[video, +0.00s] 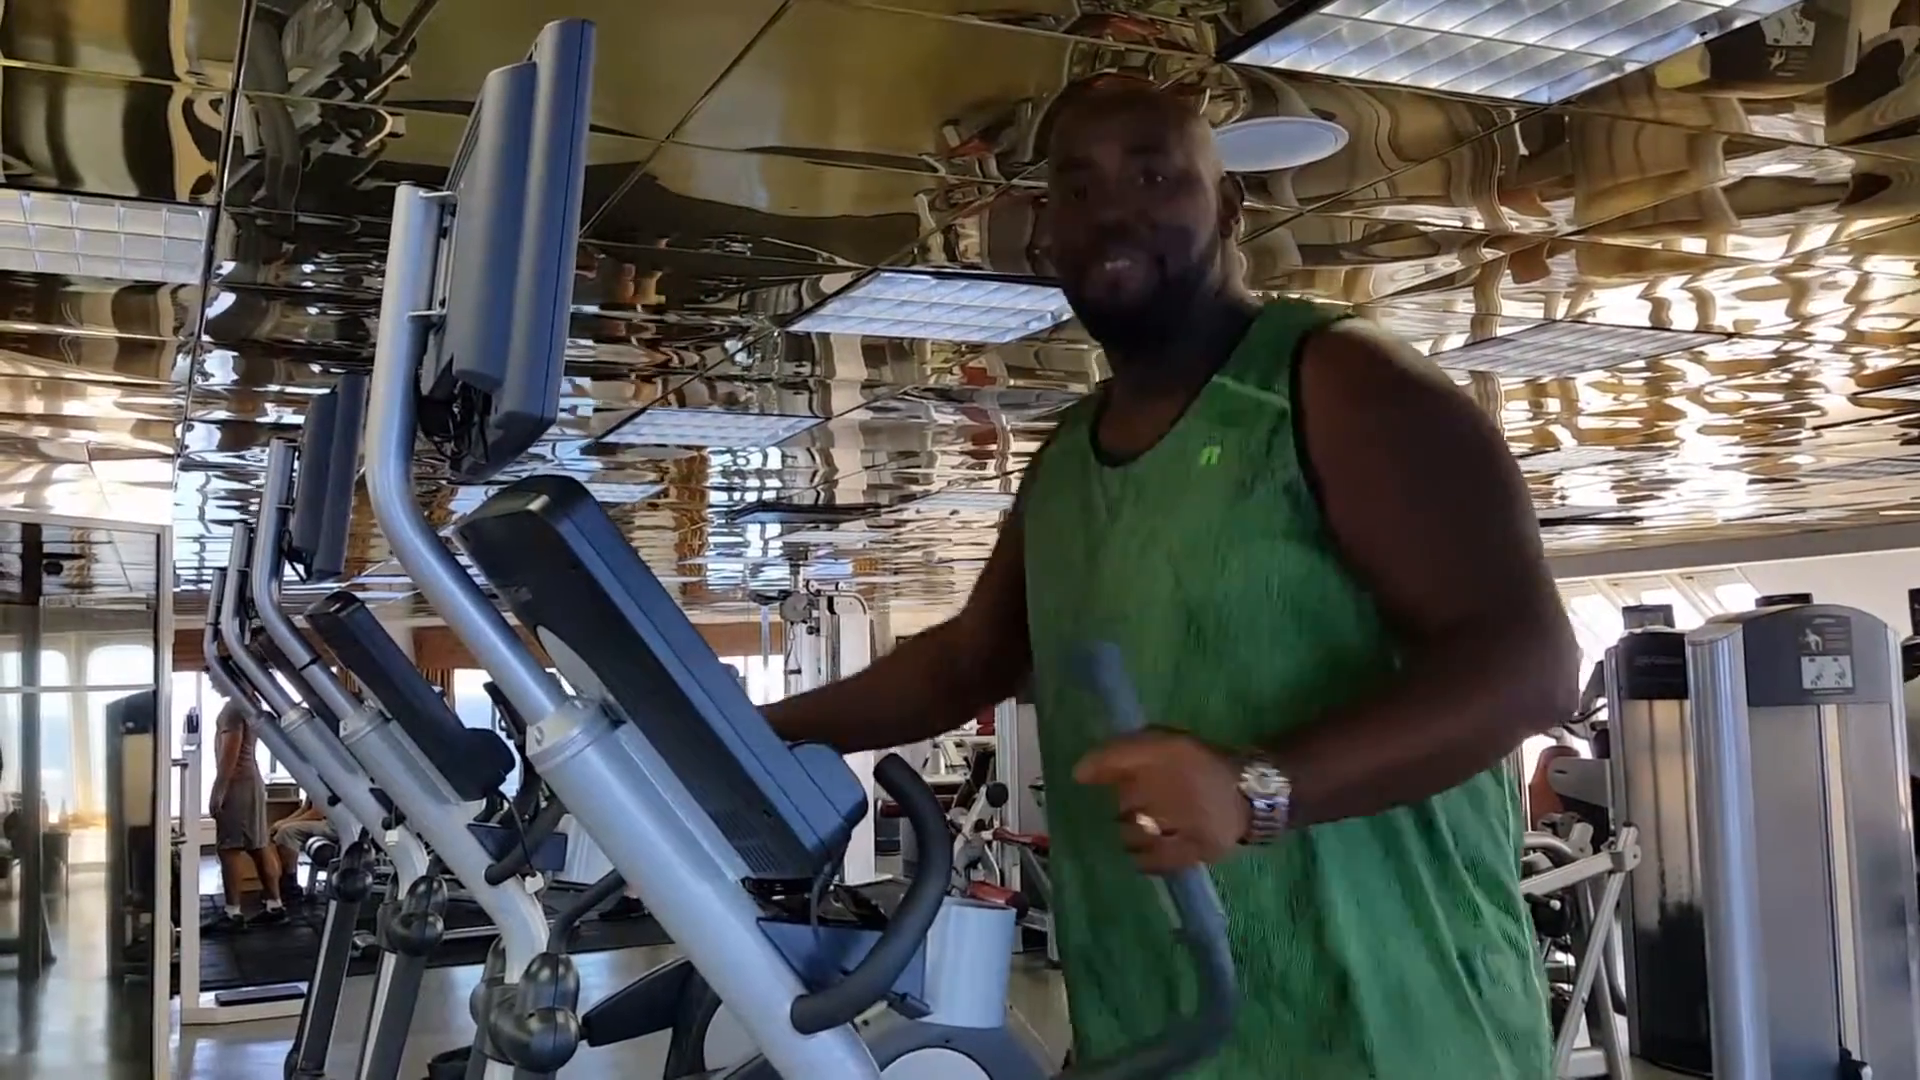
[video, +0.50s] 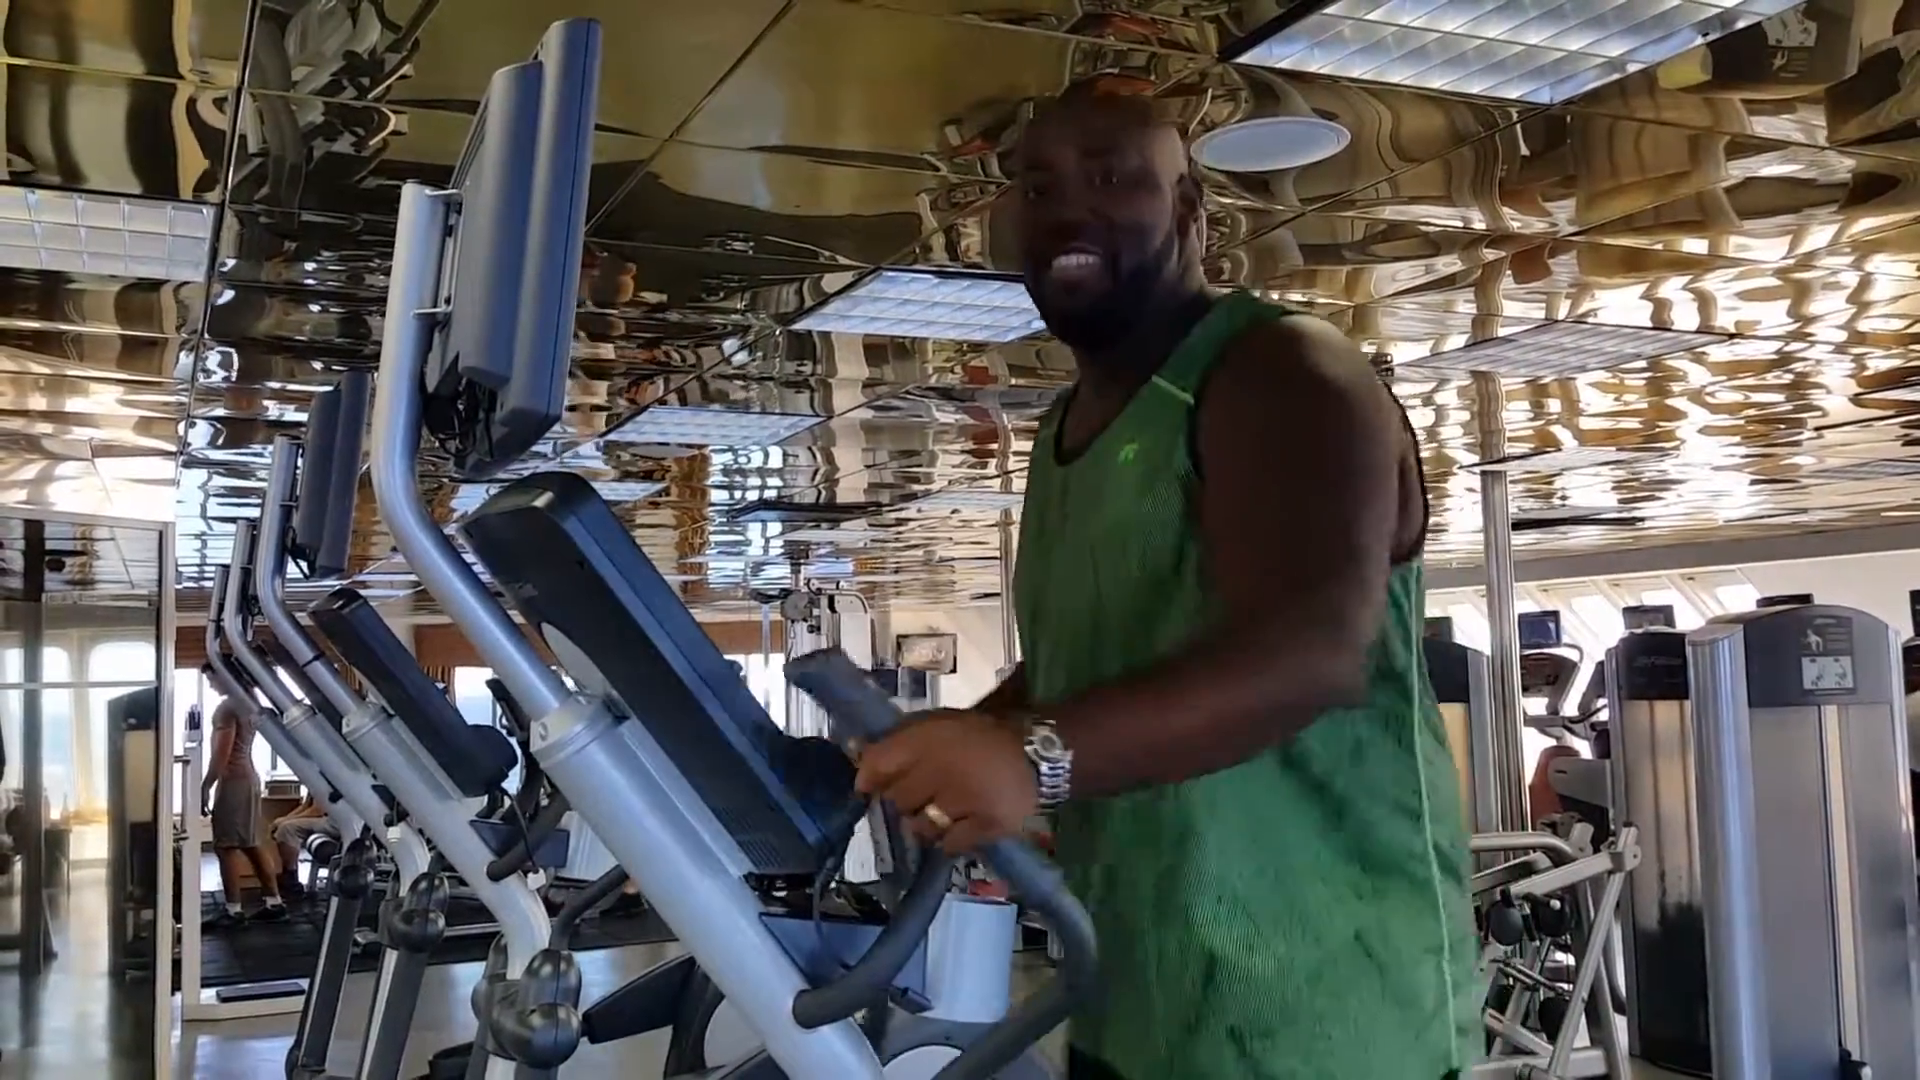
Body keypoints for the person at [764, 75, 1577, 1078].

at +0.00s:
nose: (1110, 206)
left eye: (1153, 174)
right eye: (1075, 184)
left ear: (1228, 211)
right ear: (1045, 232)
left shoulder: (1351, 386)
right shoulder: (1064, 463)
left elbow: (1528, 662)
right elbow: (969, 659)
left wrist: (1262, 791)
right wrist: (755, 733)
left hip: (1393, 1024)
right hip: (1142, 1028)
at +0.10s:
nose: (1122, 256)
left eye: (1167, 225)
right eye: (1090, 236)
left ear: (1239, 260)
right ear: (1062, 275)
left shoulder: (1359, 442)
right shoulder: (1106, 492)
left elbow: (1469, 738)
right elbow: (1047, 691)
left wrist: (1160, 777)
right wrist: (846, 741)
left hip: (1384, 1044)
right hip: (1144, 1041)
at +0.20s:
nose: (1119, 271)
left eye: (1164, 233)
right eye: (1086, 245)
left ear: (1240, 264)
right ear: (1058, 281)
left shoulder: (1348, 432)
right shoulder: (1129, 472)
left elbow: (1388, 731)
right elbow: (1165, 704)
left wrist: (1070, 768)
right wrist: (964, 741)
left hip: (1357, 1027)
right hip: (1156, 1021)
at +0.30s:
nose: (1087, 232)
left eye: (1133, 197)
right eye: (1060, 204)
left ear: (1212, 228)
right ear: (1035, 235)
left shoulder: (1320, 392)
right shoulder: (1113, 436)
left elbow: (1317, 675)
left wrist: (1015, 766)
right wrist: (1048, 706)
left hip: (1347, 1002)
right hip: (1161, 992)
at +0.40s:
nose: (1068, 193)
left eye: (1116, 165)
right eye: (1040, 172)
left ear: (1193, 203)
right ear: (1015, 212)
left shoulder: (1300, 359)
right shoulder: (1090, 422)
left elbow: (1289, 630)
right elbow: (1135, 663)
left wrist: (1003, 763)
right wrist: (1004, 735)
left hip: (1336, 993)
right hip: (1146, 981)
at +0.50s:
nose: (1067, 208)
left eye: (1112, 177)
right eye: (1037, 183)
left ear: (1191, 220)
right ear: (1009, 219)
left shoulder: (1295, 377)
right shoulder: (1067, 431)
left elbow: (1318, 648)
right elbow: (1066, 662)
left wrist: (1041, 758)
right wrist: (959, 759)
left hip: (1318, 998)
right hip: (1136, 987)